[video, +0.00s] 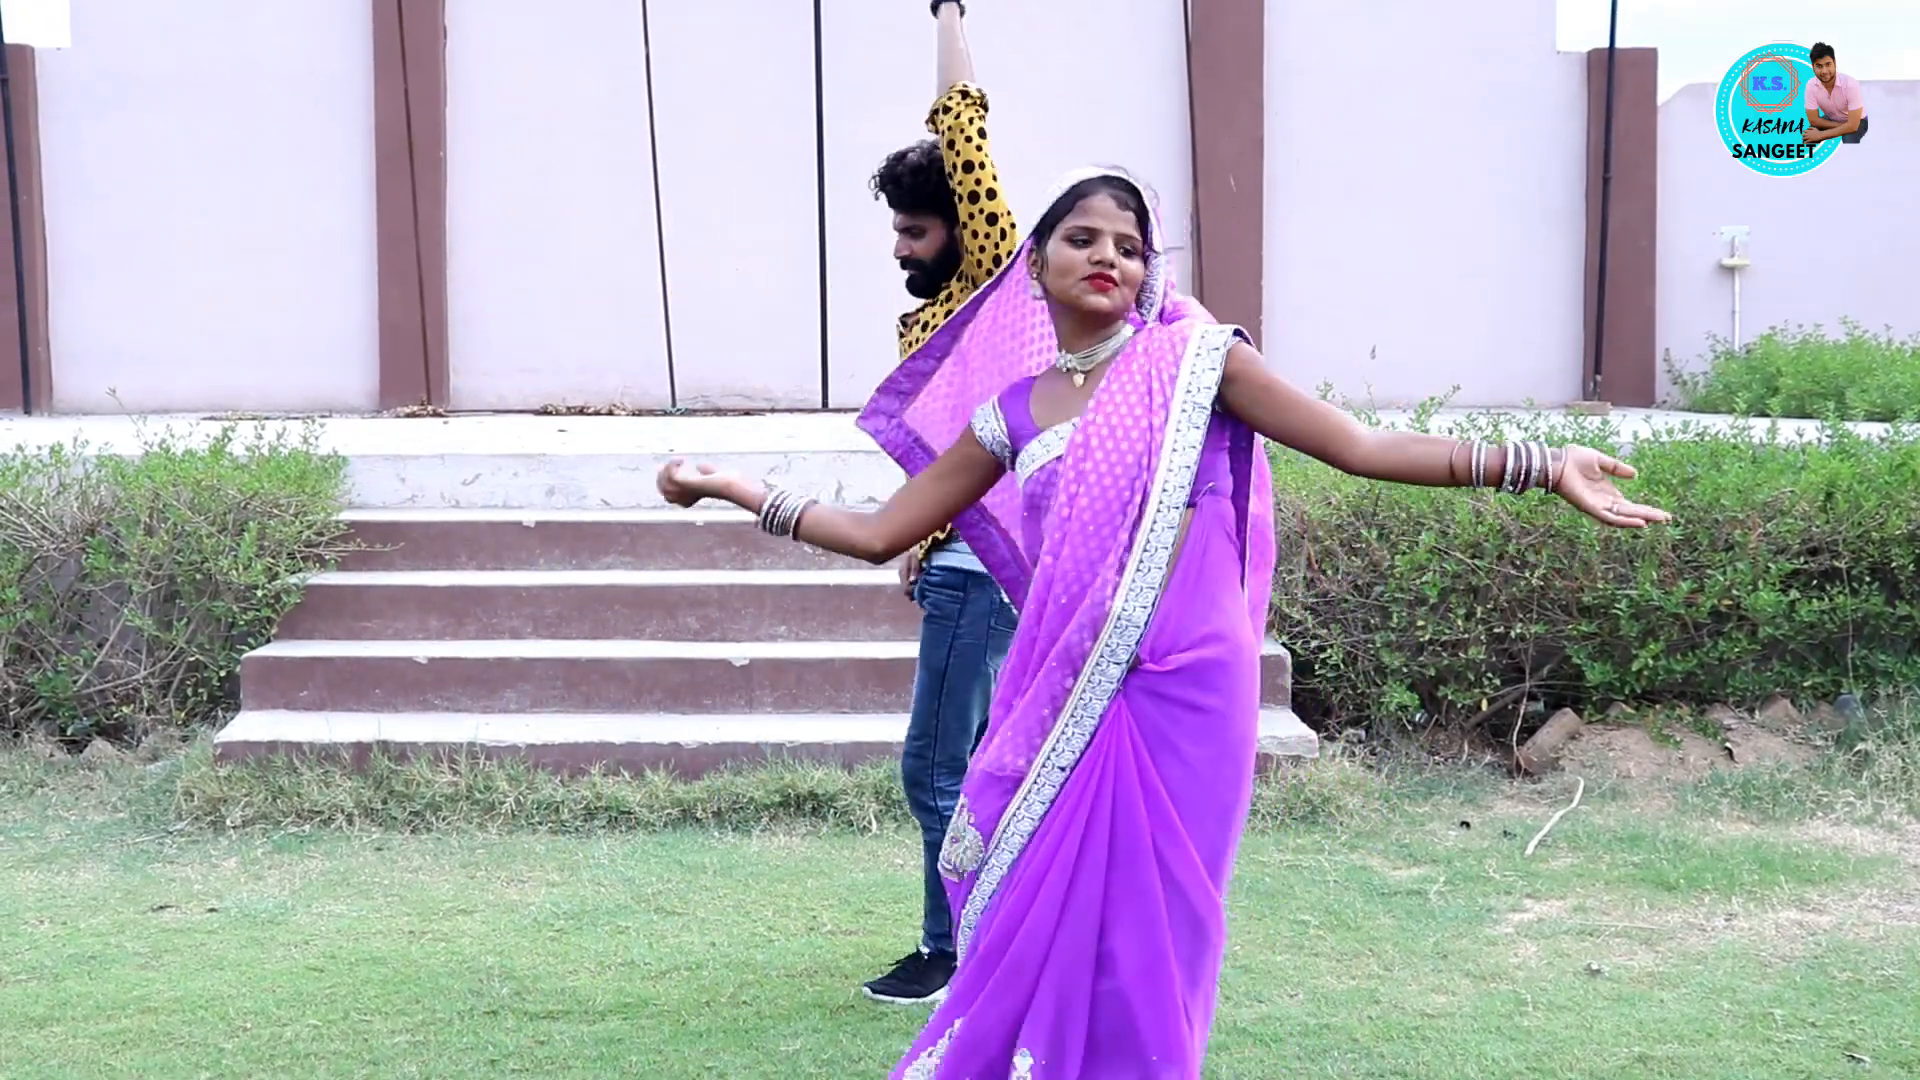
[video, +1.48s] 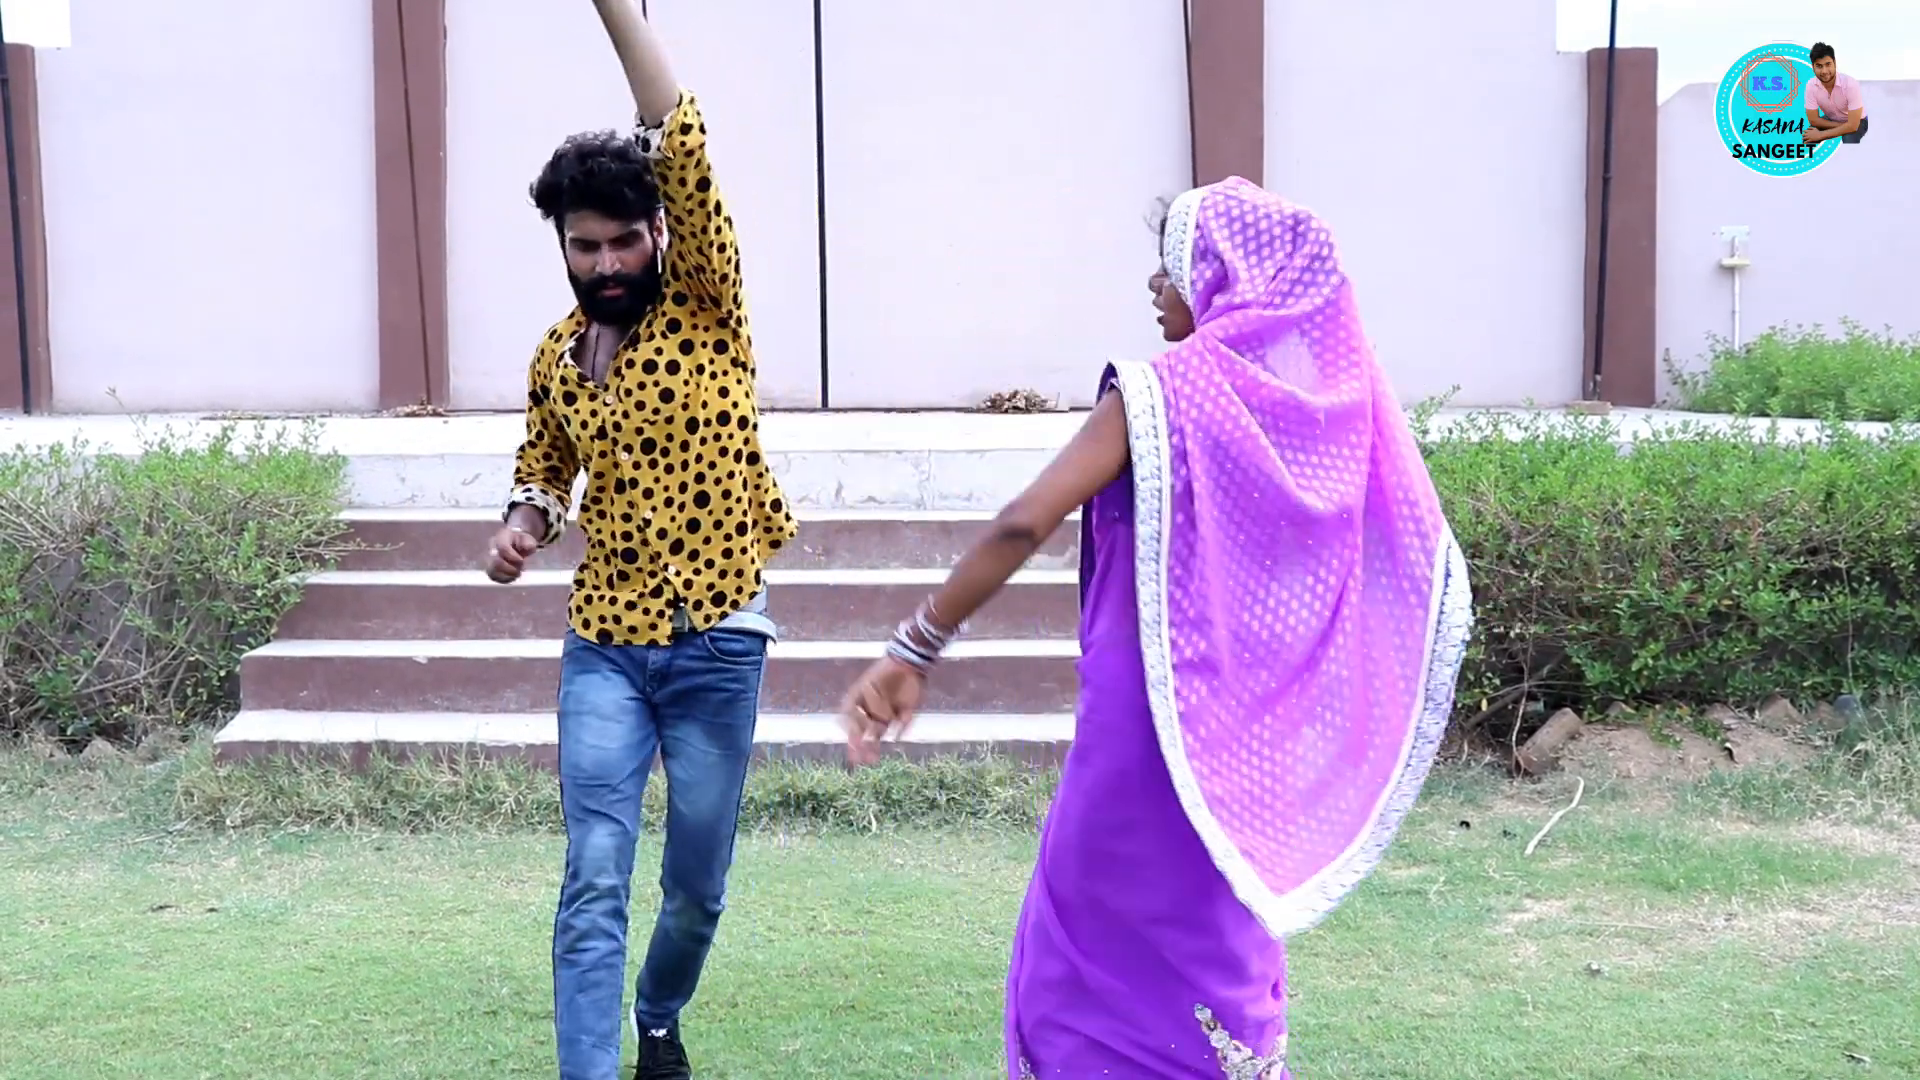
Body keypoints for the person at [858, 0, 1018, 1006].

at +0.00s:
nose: (902, 244)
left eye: (917, 230)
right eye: (897, 229)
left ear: (963, 221)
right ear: (910, 222)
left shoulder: (996, 288)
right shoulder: (944, 310)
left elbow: (966, 135)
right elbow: (953, 445)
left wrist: (953, 24)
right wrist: (918, 540)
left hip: (980, 568)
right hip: (955, 564)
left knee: (933, 765)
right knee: (960, 762)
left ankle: (954, 948)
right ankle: (972, 945)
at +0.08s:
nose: (880, 255)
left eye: (896, 243)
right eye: (875, 240)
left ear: (945, 238)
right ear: (879, 235)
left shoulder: (976, 307)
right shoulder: (915, 332)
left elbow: (963, 187)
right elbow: (914, 458)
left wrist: (940, 71)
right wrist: (886, 552)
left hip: (959, 581)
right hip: (935, 579)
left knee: (918, 786)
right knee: (955, 778)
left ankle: (962, 949)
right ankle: (982, 944)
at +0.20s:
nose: (848, 279)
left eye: (862, 265)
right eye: (843, 264)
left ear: (913, 260)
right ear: (842, 259)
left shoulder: (953, 333)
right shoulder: (874, 348)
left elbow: (943, 179)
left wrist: (921, 167)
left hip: (931, 608)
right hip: (870, 606)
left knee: (891, 795)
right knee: (848, 786)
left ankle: (952, 952)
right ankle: (1005, 860)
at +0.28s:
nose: (827, 273)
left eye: (842, 258)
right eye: (820, 257)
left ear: (892, 252)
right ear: (817, 252)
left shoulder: (930, 325)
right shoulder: (836, 338)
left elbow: (936, 248)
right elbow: (856, 463)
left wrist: (912, 163)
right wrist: (841, 564)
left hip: (918, 599)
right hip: (841, 593)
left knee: (890, 794)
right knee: (802, 774)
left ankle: (951, 948)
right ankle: (938, 887)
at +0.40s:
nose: (796, 260)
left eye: (809, 244)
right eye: (786, 246)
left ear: (859, 233)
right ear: (780, 240)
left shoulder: (902, 302)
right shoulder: (798, 336)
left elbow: (898, 198)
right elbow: (804, 460)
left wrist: (859, 91)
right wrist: (780, 544)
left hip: (885, 583)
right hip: (801, 580)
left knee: (885, 775)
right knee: (761, 761)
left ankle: (945, 940)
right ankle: (808, 944)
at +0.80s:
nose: (702, 278)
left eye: (719, 262)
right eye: (689, 260)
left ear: (761, 246)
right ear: (675, 247)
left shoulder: (803, 311)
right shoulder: (662, 344)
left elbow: (807, 148)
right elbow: (627, 474)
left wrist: (717, 50)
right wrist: (652, 573)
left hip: (779, 595)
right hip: (686, 604)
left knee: (740, 789)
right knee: (686, 805)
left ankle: (766, 964)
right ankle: (730, 972)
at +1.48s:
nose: (601, 263)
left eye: (619, 241)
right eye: (582, 247)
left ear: (662, 233)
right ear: (560, 249)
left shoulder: (703, 308)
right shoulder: (560, 360)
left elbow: (680, 136)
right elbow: (543, 482)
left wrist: (612, 3)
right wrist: (521, 526)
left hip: (720, 647)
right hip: (606, 649)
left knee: (698, 890)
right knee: (595, 875)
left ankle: (657, 1022)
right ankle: (589, 1074)